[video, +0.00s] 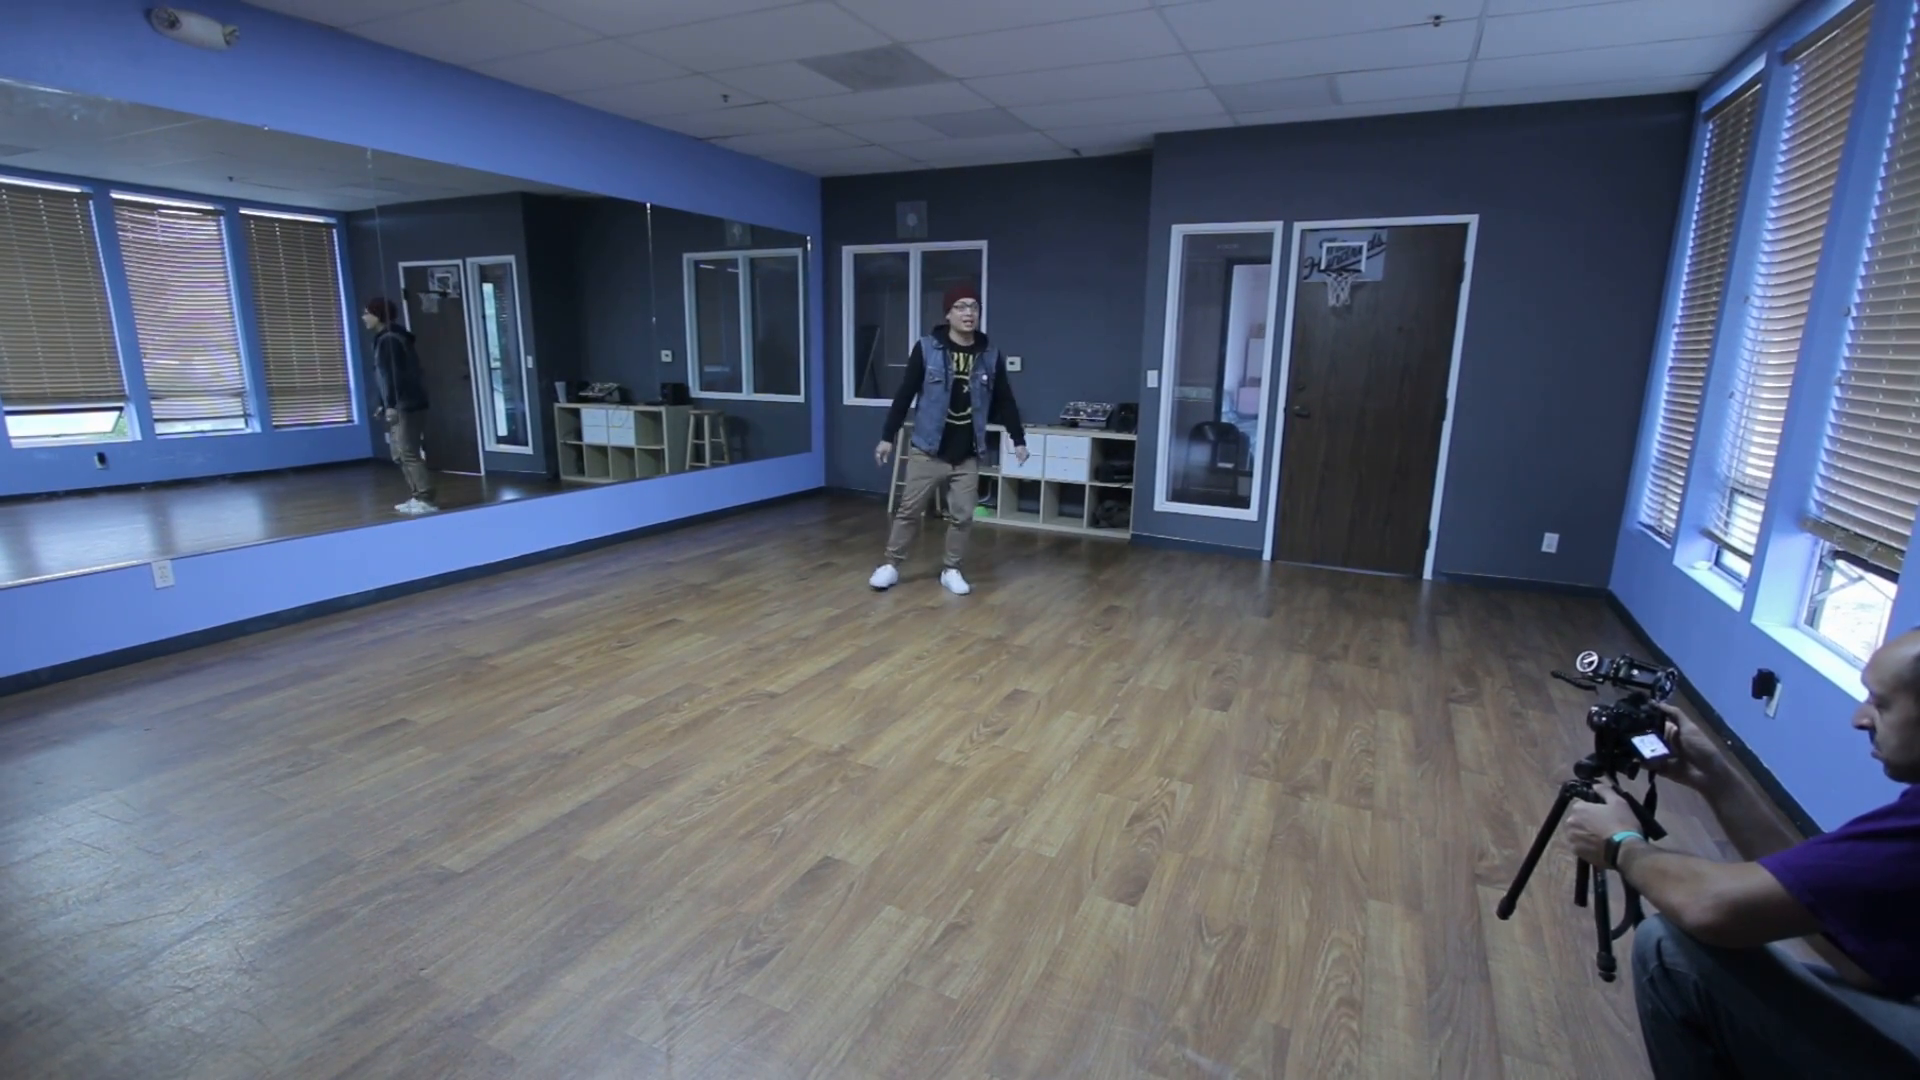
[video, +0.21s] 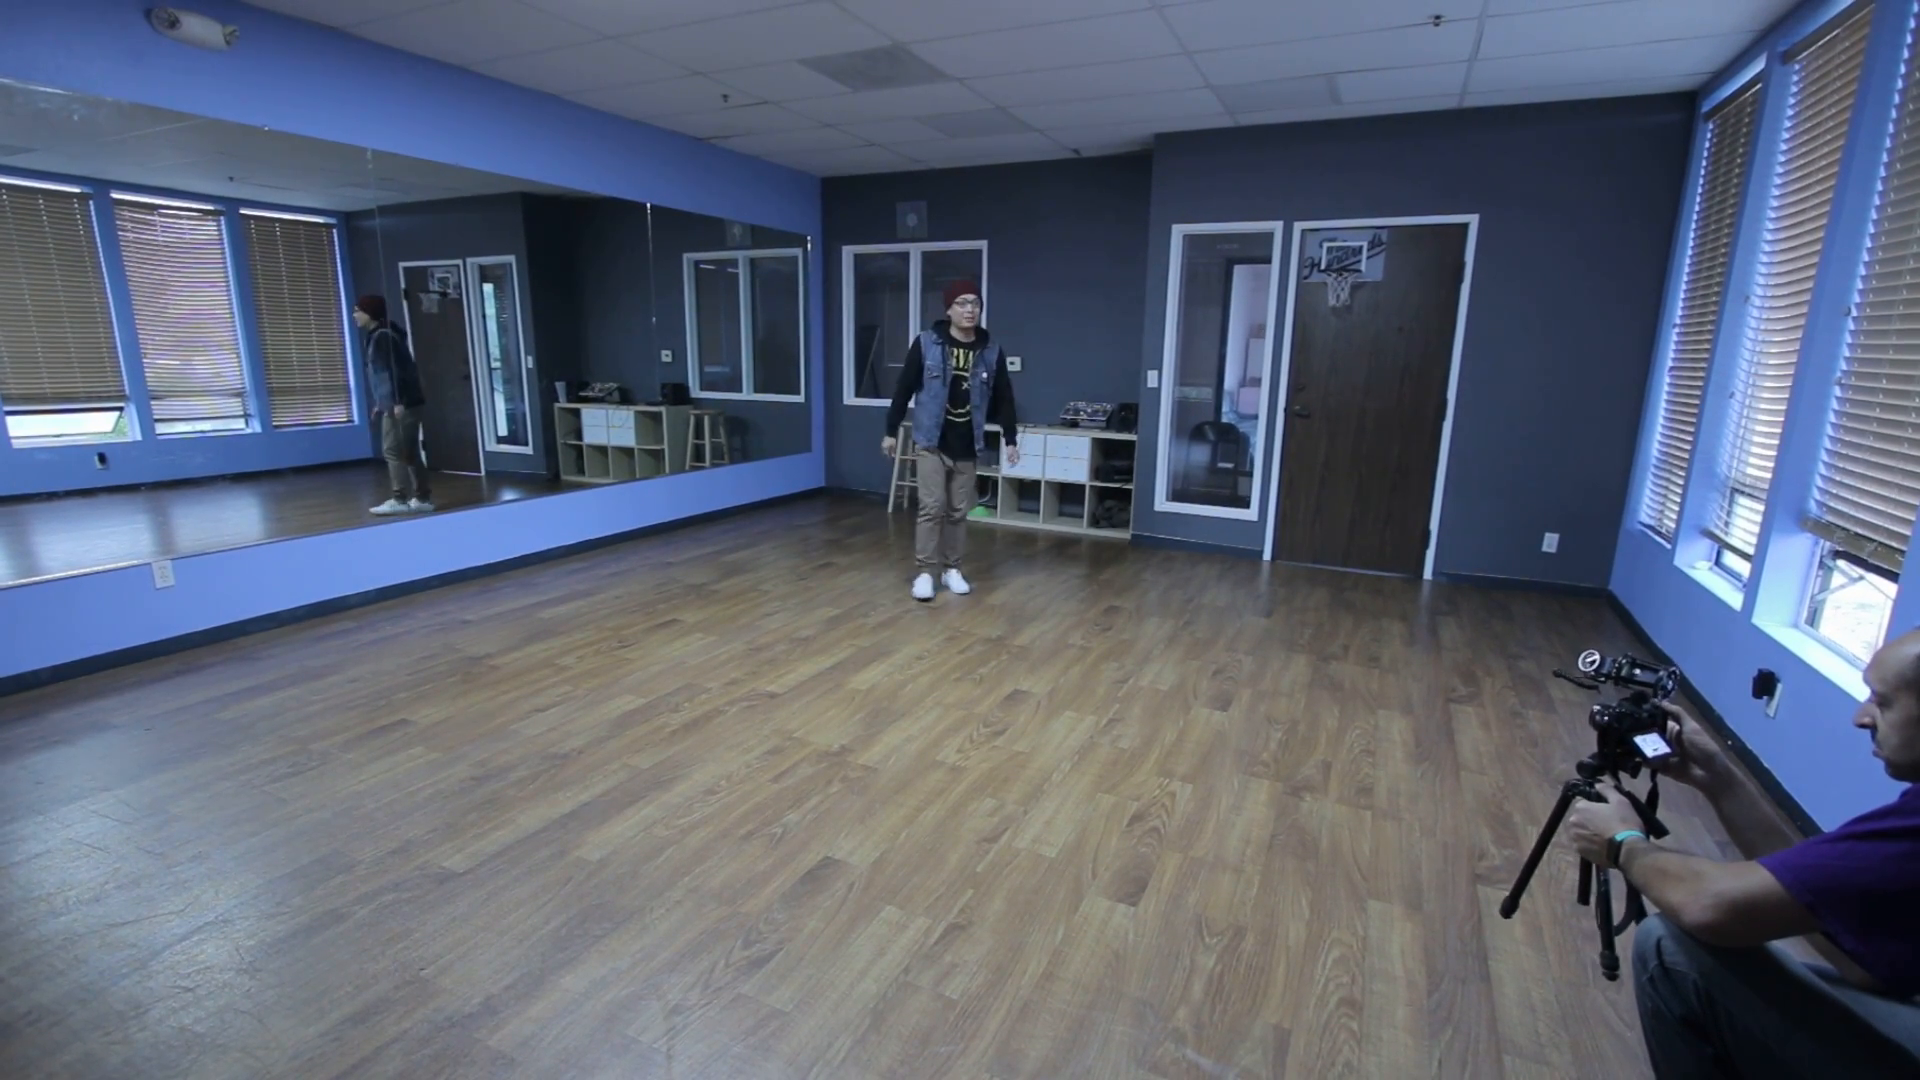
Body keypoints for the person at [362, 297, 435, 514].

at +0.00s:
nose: (364, 319)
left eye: (367, 314)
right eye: (364, 314)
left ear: (380, 316)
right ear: (379, 317)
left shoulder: (391, 339)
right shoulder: (383, 339)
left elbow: (392, 374)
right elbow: (386, 376)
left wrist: (391, 404)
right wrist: (383, 404)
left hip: (406, 403)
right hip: (397, 404)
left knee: (408, 451)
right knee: (400, 453)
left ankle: (425, 497)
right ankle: (417, 496)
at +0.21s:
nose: (355, 317)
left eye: (358, 312)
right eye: (355, 312)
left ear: (371, 314)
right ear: (370, 314)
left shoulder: (383, 337)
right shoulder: (377, 336)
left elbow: (392, 371)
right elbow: (383, 375)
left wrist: (397, 401)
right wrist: (380, 403)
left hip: (397, 404)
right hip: (404, 403)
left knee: (392, 451)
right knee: (411, 452)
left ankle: (400, 497)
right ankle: (422, 497)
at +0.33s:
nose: (352, 320)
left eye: (355, 316)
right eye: (352, 316)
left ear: (367, 317)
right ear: (370, 317)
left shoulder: (379, 340)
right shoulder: (384, 337)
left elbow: (389, 376)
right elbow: (390, 376)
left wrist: (394, 409)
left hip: (389, 409)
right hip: (402, 407)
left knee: (379, 452)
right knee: (404, 454)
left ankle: (385, 499)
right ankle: (421, 497)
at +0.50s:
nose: (344, 319)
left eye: (347, 315)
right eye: (344, 315)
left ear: (359, 317)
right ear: (366, 316)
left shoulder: (368, 340)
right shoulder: (380, 335)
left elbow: (375, 377)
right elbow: (382, 376)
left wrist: (373, 411)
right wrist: (380, 406)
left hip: (381, 409)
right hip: (392, 406)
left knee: (364, 452)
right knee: (397, 452)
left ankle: (363, 501)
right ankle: (421, 496)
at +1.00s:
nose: (275, 331)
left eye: (278, 327)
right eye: (275, 326)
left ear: (290, 330)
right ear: (303, 327)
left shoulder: (299, 354)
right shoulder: (323, 342)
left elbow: (300, 392)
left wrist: (299, 427)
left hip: (350, 411)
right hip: (372, 405)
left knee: (329, 458)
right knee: (392, 453)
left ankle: (340, 506)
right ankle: (417, 495)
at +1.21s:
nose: (264, 328)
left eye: (267, 324)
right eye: (264, 324)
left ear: (280, 327)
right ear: (292, 324)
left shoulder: (291, 351)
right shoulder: (314, 340)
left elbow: (285, 391)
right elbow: (324, 382)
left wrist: (275, 427)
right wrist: (313, 415)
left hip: (343, 409)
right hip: (365, 403)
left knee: (328, 457)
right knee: (380, 454)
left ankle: (339, 505)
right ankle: (411, 496)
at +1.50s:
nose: (285, 311)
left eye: (289, 307)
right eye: (286, 307)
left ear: (302, 312)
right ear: (312, 310)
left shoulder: (306, 337)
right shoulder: (331, 329)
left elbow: (308, 378)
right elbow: (334, 373)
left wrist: (302, 413)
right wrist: (318, 406)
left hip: (339, 405)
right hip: (361, 400)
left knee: (333, 456)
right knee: (357, 454)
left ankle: (338, 504)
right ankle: (376, 501)